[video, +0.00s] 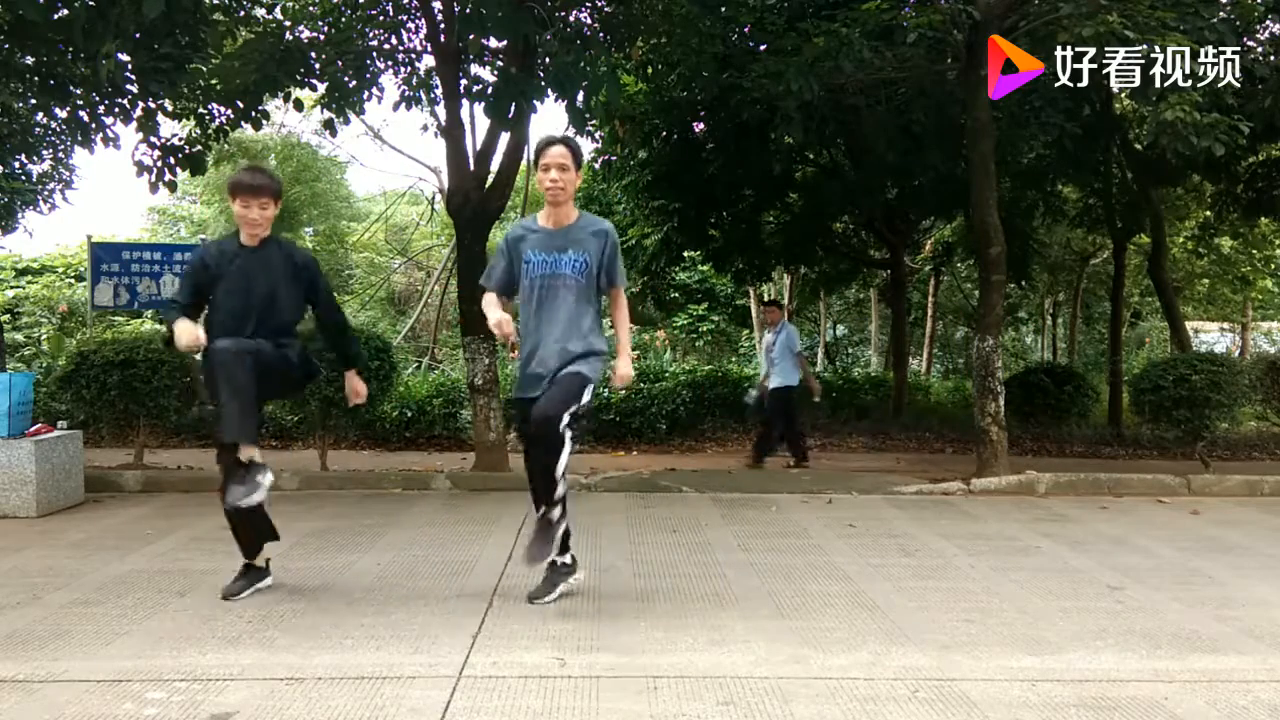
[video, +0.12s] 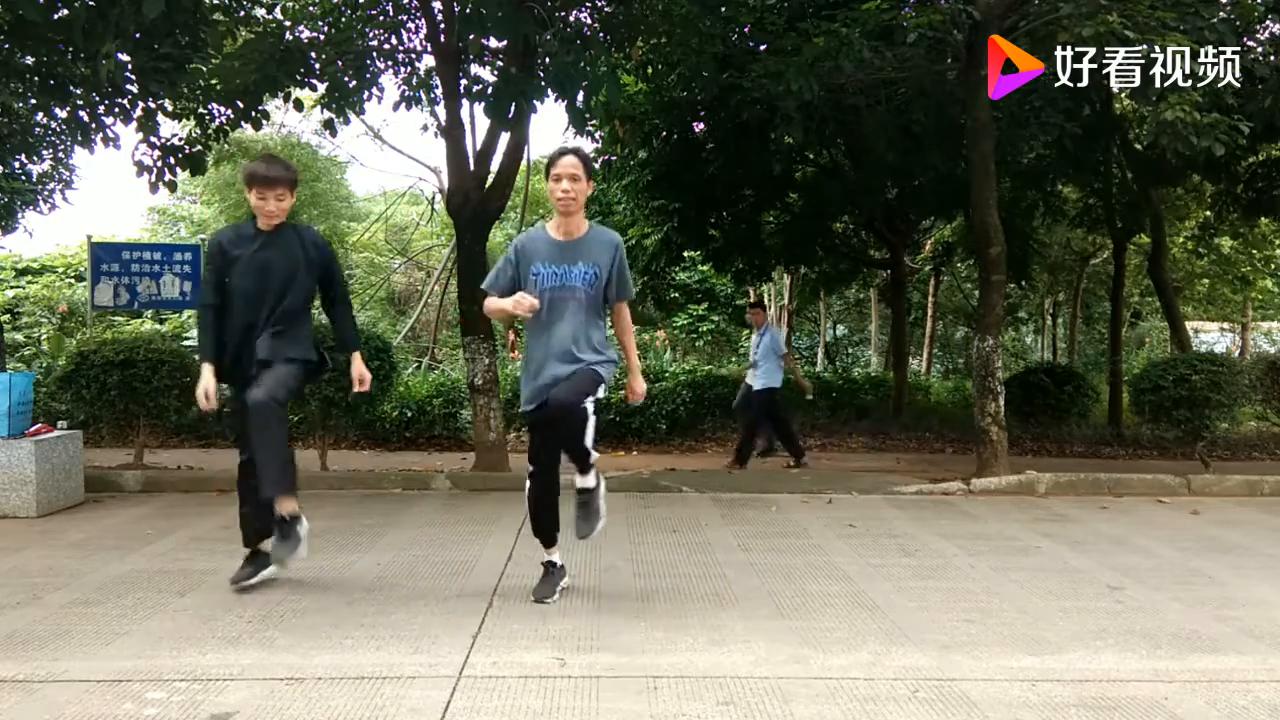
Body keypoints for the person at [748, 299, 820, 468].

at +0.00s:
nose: (768, 316)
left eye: (771, 312)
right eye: (766, 313)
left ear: (781, 313)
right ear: (764, 315)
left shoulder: (789, 331)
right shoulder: (769, 333)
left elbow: (800, 356)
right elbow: (770, 362)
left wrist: (810, 379)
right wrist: (763, 381)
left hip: (786, 383)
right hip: (774, 383)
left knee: (770, 420)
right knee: (788, 422)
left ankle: (758, 456)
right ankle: (800, 455)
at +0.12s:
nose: (753, 318)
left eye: (756, 314)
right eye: (751, 314)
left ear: (764, 315)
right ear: (749, 317)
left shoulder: (773, 334)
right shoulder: (755, 336)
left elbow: (787, 358)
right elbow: (757, 361)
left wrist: (799, 379)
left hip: (768, 385)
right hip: (757, 384)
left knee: (751, 422)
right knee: (777, 421)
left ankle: (740, 460)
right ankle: (798, 456)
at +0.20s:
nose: (744, 318)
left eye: (747, 314)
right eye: (742, 314)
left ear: (757, 315)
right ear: (742, 317)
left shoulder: (766, 334)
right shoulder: (748, 336)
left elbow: (778, 360)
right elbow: (749, 361)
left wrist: (792, 383)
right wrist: (742, 382)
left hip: (760, 384)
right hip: (747, 383)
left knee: (742, 420)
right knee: (764, 422)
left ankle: (738, 460)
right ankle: (792, 452)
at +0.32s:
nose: (730, 316)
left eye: (733, 312)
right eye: (727, 313)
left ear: (742, 311)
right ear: (727, 316)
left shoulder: (750, 328)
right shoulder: (736, 331)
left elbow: (757, 355)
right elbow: (737, 357)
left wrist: (760, 381)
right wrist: (731, 378)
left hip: (745, 382)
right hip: (732, 383)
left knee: (742, 423)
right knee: (728, 418)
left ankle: (738, 460)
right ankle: (761, 442)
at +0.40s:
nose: (723, 315)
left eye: (726, 311)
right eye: (721, 312)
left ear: (735, 311)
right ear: (720, 315)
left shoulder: (743, 329)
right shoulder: (728, 331)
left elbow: (747, 356)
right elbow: (728, 358)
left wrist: (744, 382)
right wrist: (721, 378)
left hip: (737, 382)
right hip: (724, 381)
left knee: (737, 422)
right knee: (718, 416)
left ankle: (738, 459)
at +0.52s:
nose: (709, 316)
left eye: (713, 312)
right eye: (707, 312)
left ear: (722, 312)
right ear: (705, 315)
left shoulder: (728, 330)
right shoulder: (712, 333)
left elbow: (726, 356)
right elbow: (711, 358)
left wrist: (710, 377)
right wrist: (708, 379)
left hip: (729, 385)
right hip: (715, 386)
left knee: (731, 425)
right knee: (702, 421)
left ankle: (737, 461)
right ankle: (693, 454)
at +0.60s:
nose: (702, 316)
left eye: (705, 312)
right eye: (700, 313)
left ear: (715, 313)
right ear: (698, 315)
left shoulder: (721, 331)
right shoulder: (705, 334)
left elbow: (717, 356)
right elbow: (705, 360)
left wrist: (697, 374)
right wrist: (700, 385)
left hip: (722, 385)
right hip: (708, 386)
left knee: (725, 425)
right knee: (693, 421)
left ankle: (737, 460)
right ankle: (676, 456)